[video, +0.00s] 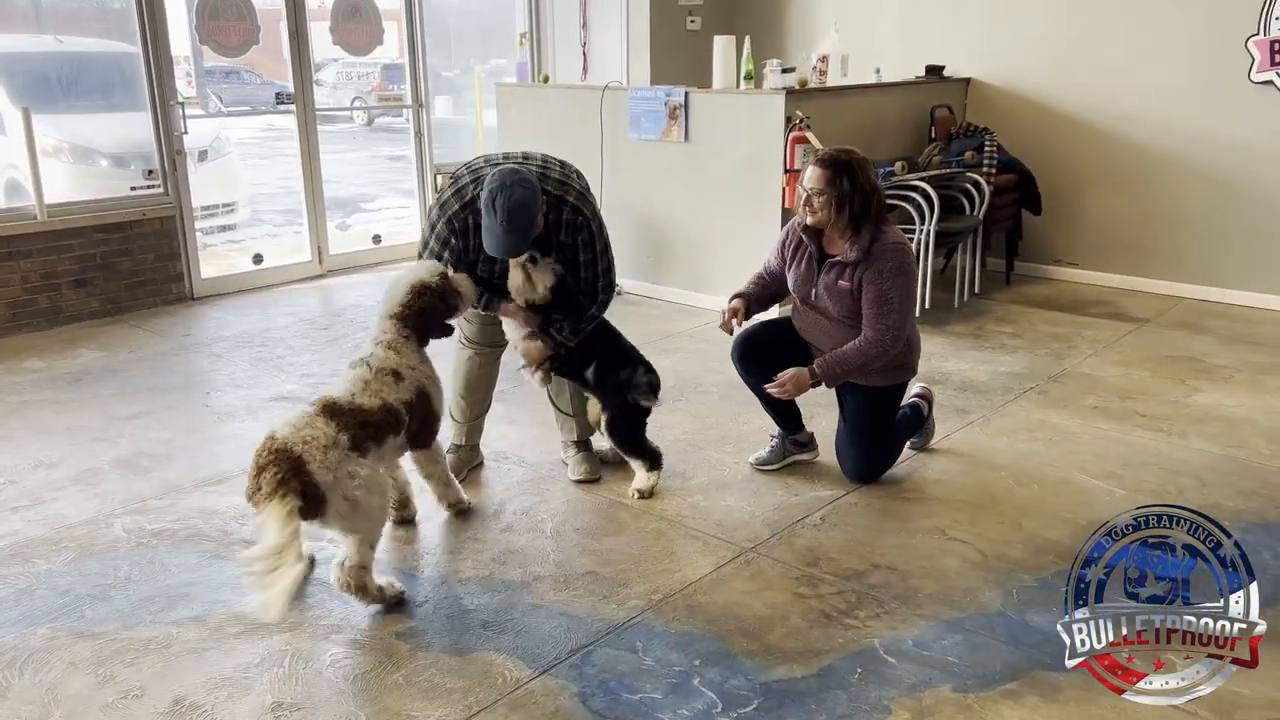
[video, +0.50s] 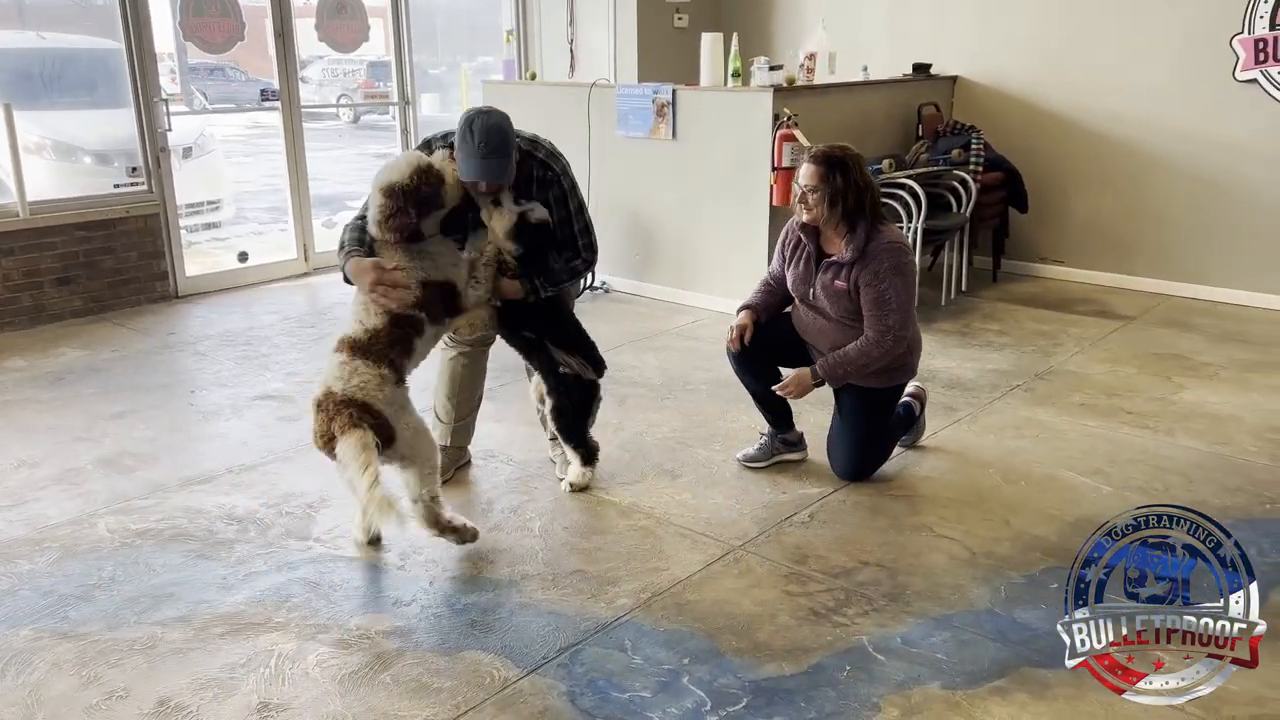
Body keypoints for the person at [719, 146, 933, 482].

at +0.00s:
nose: (804, 200)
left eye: (816, 194)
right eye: (803, 191)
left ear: (847, 197)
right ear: (799, 190)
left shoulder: (886, 254)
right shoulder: (799, 232)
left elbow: (882, 340)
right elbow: (773, 277)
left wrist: (812, 374)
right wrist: (744, 299)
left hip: (872, 360)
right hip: (815, 336)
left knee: (859, 468)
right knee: (749, 349)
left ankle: (919, 409)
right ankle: (796, 437)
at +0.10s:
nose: (803, 199)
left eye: (814, 192)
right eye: (802, 189)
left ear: (845, 195)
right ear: (798, 189)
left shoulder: (886, 252)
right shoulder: (799, 232)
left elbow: (888, 339)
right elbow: (778, 282)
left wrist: (817, 368)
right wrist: (752, 308)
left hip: (871, 359)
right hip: (814, 335)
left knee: (857, 468)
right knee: (746, 347)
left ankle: (918, 407)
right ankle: (792, 435)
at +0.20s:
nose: (800, 200)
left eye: (811, 193)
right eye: (799, 190)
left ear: (842, 195)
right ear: (797, 190)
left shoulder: (884, 252)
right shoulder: (797, 233)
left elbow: (890, 340)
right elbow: (779, 283)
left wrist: (821, 372)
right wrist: (753, 312)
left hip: (873, 361)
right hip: (815, 338)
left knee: (855, 468)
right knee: (745, 348)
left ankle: (916, 408)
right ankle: (789, 435)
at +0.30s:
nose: (798, 200)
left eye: (809, 193)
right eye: (797, 191)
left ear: (839, 196)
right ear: (794, 191)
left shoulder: (882, 254)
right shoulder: (796, 234)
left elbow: (891, 341)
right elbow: (777, 283)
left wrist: (824, 377)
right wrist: (750, 311)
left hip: (873, 363)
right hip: (816, 341)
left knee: (852, 468)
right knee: (746, 344)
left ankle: (915, 407)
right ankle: (787, 435)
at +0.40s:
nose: (799, 201)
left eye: (810, 194)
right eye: (798, 192)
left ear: (840, 195)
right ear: (795, 191)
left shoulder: (882, 253)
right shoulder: (796, 234)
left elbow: (889, 341)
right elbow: (777, 283)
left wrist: (822, 378)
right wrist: (750, 312)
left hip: (872, 363)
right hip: (816, 341)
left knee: (851, 468)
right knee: (745, 344)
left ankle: (913, 408)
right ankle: (786, 435)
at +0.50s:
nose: (800, 198)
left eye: (810, 191)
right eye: (799, 189)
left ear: (841, 193)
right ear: (796, 188)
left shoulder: (884, 253)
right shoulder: (798, 231)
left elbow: (886, 340)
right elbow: (778, 281)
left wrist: (816, 374)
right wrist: (750, 311)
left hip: (872, 362)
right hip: (814, 338)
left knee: (849, 467)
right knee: (743, 344)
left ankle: (911, 407)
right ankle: (785, 435)